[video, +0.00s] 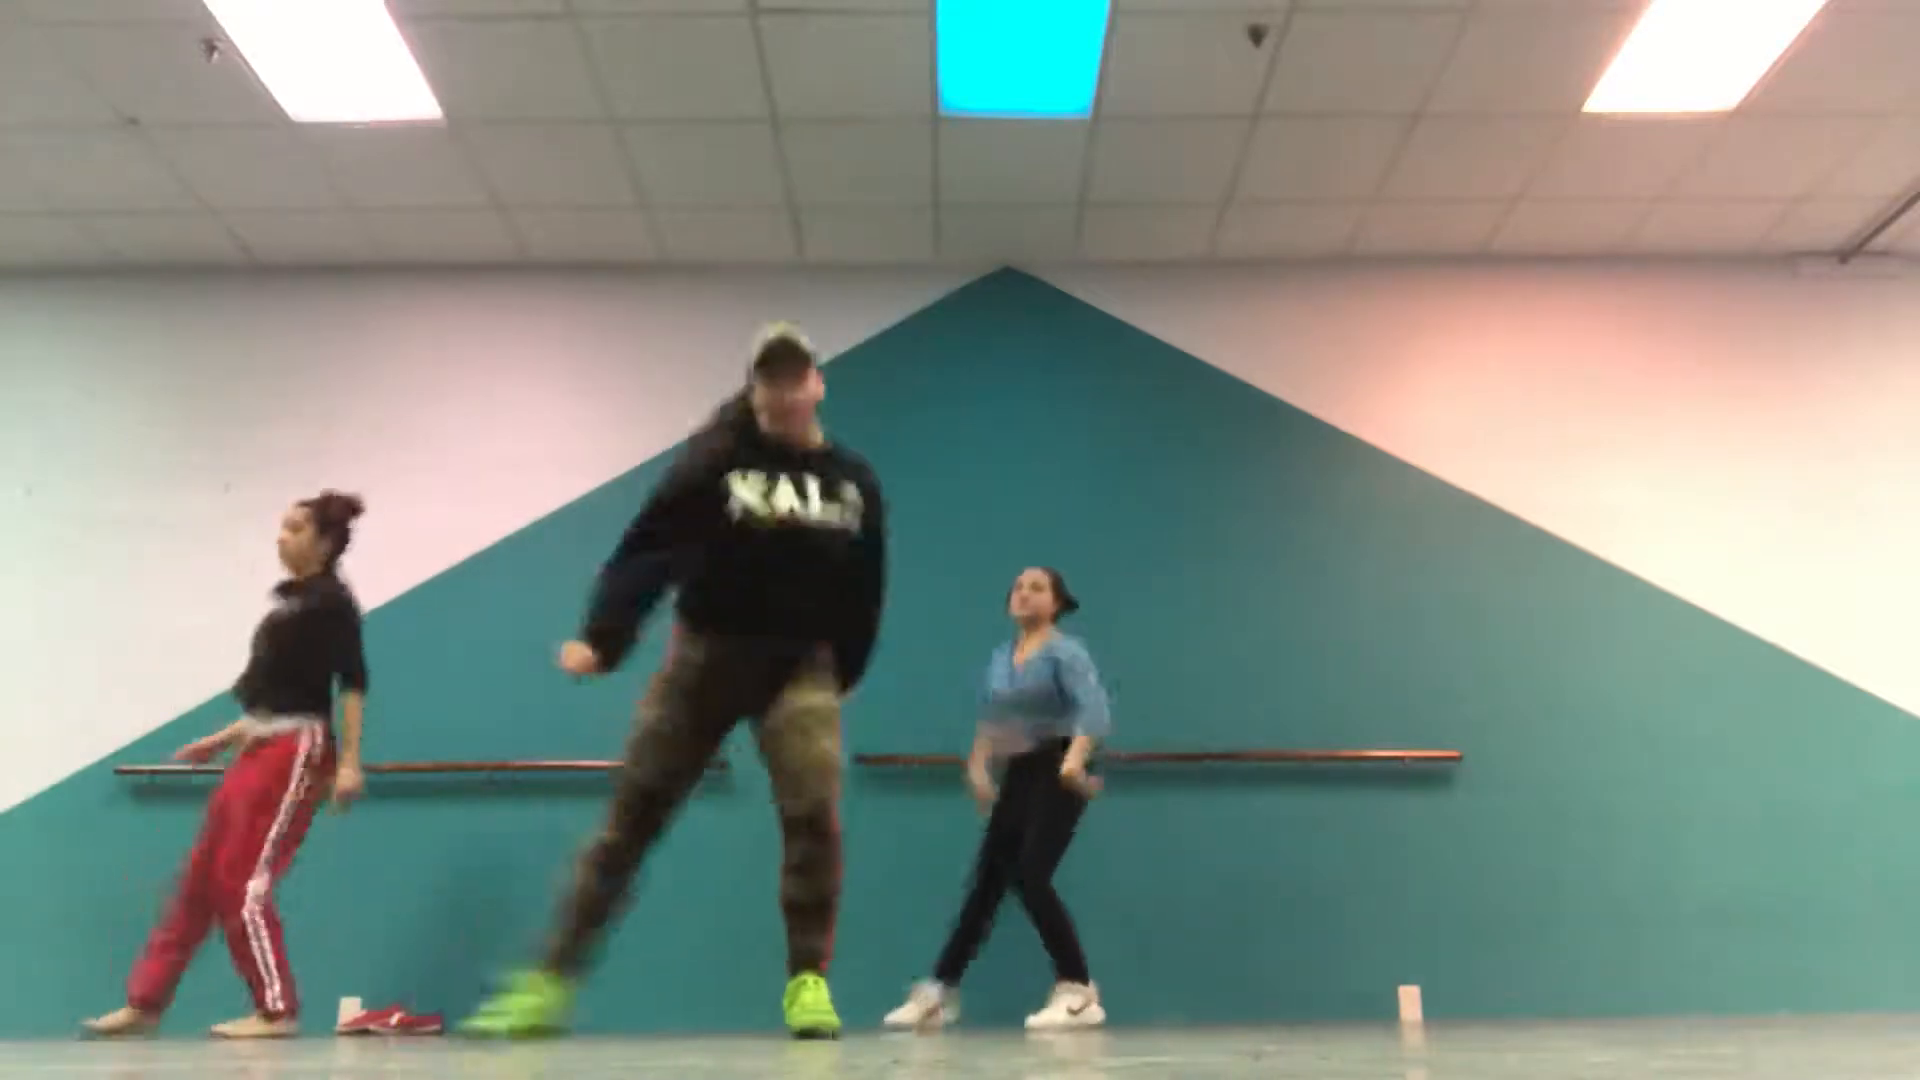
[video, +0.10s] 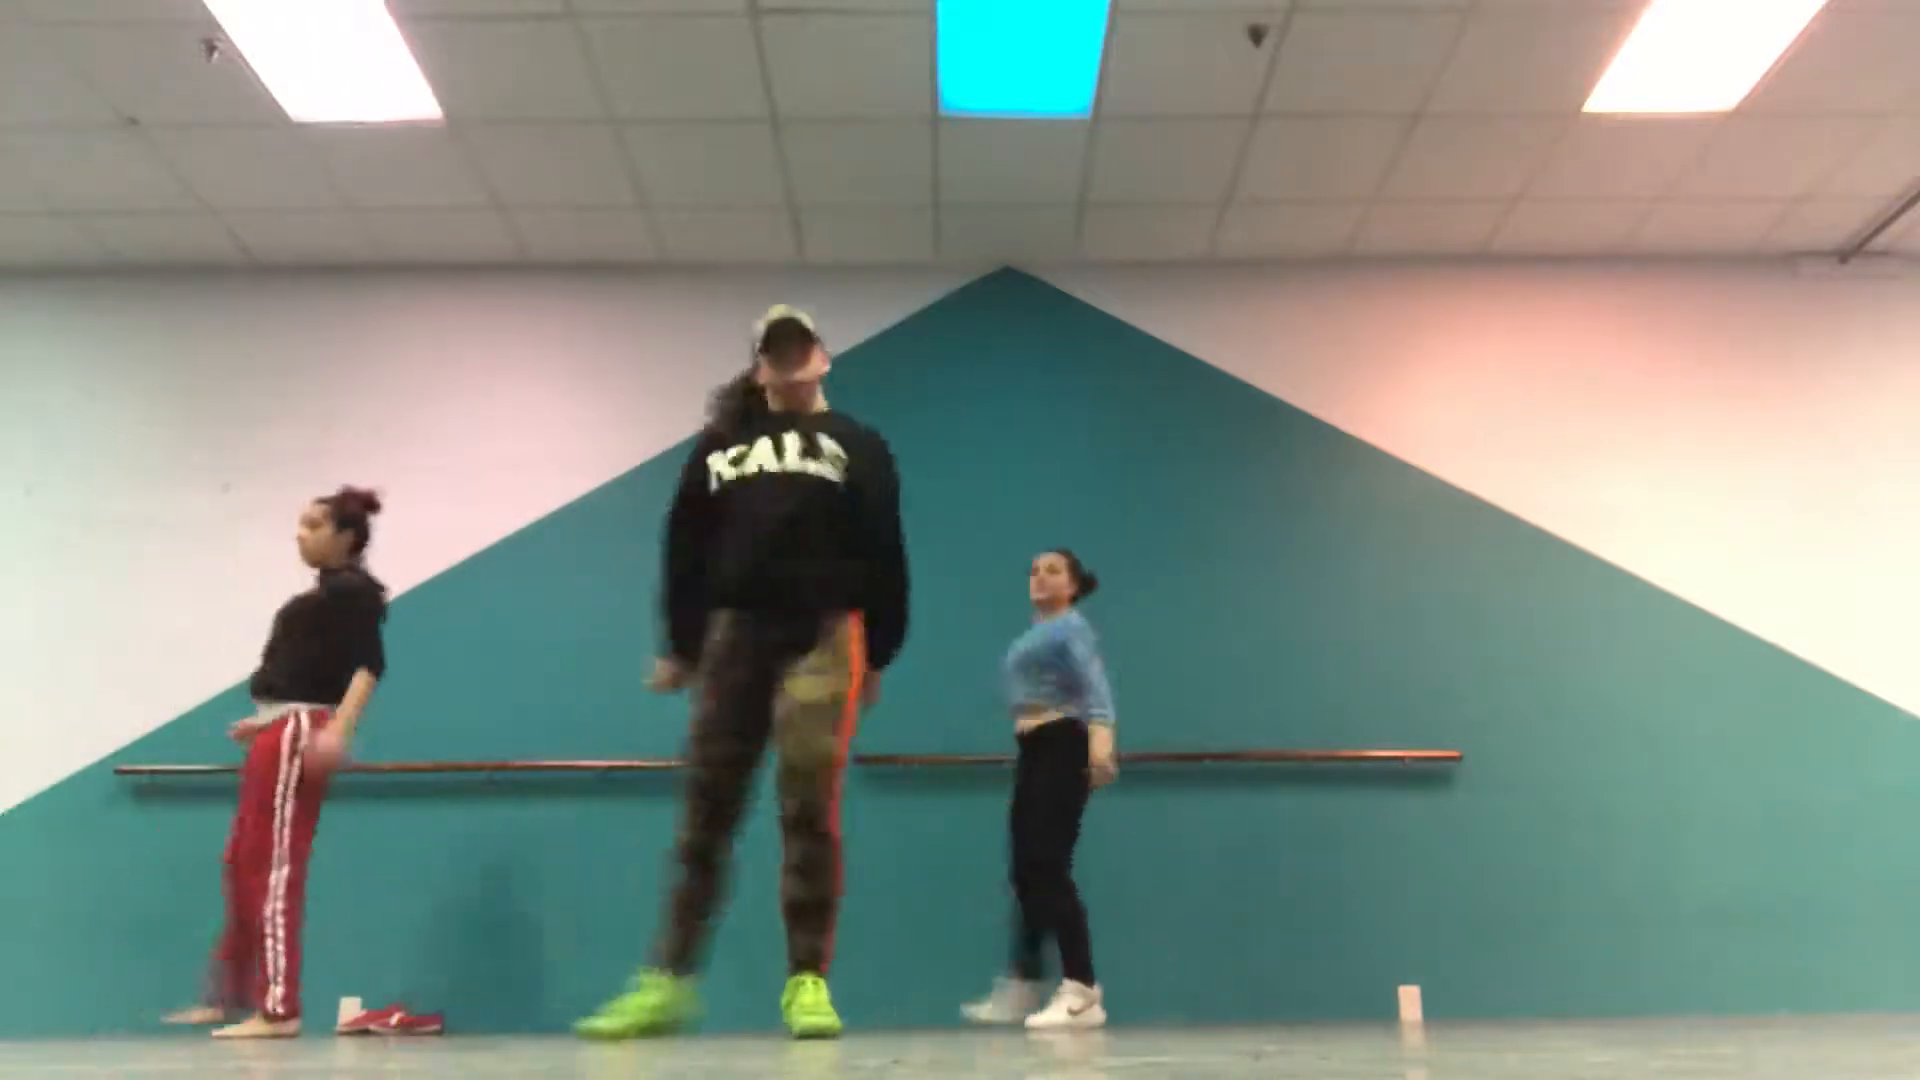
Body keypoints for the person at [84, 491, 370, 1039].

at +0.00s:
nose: (282, 536)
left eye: (294, 529)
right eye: (283, 527)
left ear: (325, 542)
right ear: (300, 539)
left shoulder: (334, 602)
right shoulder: (288, 600)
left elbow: (353, 685)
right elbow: (274, 699)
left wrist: (349, 763)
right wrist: (224, 739)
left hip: (299, 746)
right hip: (258, 745)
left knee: (243, 879)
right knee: (205, 874)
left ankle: (276, 1011)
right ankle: (145, 1003)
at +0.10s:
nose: (300, 534)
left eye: (312, 526)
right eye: (302, 525)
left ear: (346, 537)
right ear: (323, 537)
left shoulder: (354, 590)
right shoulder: (316, 596)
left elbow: (368, 667)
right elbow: (305, 674)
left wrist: (338, 728)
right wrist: (263, 718)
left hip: (303, 728)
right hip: (272, 729)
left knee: (279, 865)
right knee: (245, 860)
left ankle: (278, 1010)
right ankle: (231, 998)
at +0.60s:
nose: (382, 554)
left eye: (392, 546)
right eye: (384, 544)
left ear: (423, 555)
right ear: (431, 559)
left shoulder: (391, 597)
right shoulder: (455, 609)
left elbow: (356, 666)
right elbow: (427, 676)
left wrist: (315, 731)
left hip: (389, 758)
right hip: (436, 761)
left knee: (291, 863)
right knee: (383, 884)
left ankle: (322, 980)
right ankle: (421, 1008)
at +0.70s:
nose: (390, 540)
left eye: (400, 532)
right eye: (393, 530)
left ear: (432, 543)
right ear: (437, 546)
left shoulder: (411, 595)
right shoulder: (462, 597)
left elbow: (400, 676)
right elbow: (460, 691)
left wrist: (364, 738)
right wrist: (416, 723)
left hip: (390, 731)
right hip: (437, 741)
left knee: (322, 871)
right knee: (403, 879)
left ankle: (336, 994)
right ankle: (423, 1009)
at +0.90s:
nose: (404, 534)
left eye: (415, 525)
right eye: (407, 524)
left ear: (447, 535)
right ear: (451, 538)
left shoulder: (445, 582)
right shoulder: (475, 586)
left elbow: (447, 658)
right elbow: (492, 670)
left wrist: (388, 709)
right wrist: (451, 717)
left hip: (412, 724)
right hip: (450, 735)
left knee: (335, 853)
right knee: (412, 866)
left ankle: (335, 993)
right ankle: (483, 972)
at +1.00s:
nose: (412, 553)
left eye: (423, 543)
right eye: (414, 541)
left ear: (455, 554)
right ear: (454, 556)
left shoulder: (447, 602)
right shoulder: (465, 602)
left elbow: (427, 677)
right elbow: (451, 681)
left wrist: (355, 705)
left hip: (431, 749)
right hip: (465, 752)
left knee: (336, 853)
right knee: (444, 881)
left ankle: (273, 991)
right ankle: (516, 990)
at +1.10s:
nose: (411, 563)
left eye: (422, 556)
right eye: (414, 553)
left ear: (454, 568)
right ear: (452, 570)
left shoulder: (436, 614)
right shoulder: (466, 618)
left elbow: (403, 681)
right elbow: (446, 715)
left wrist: (342, 671)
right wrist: (395, 760)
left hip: (442, 770)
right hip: (474, 770)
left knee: (329, 854)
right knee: (450, 885)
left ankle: (248, 986)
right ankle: (524, 1003)